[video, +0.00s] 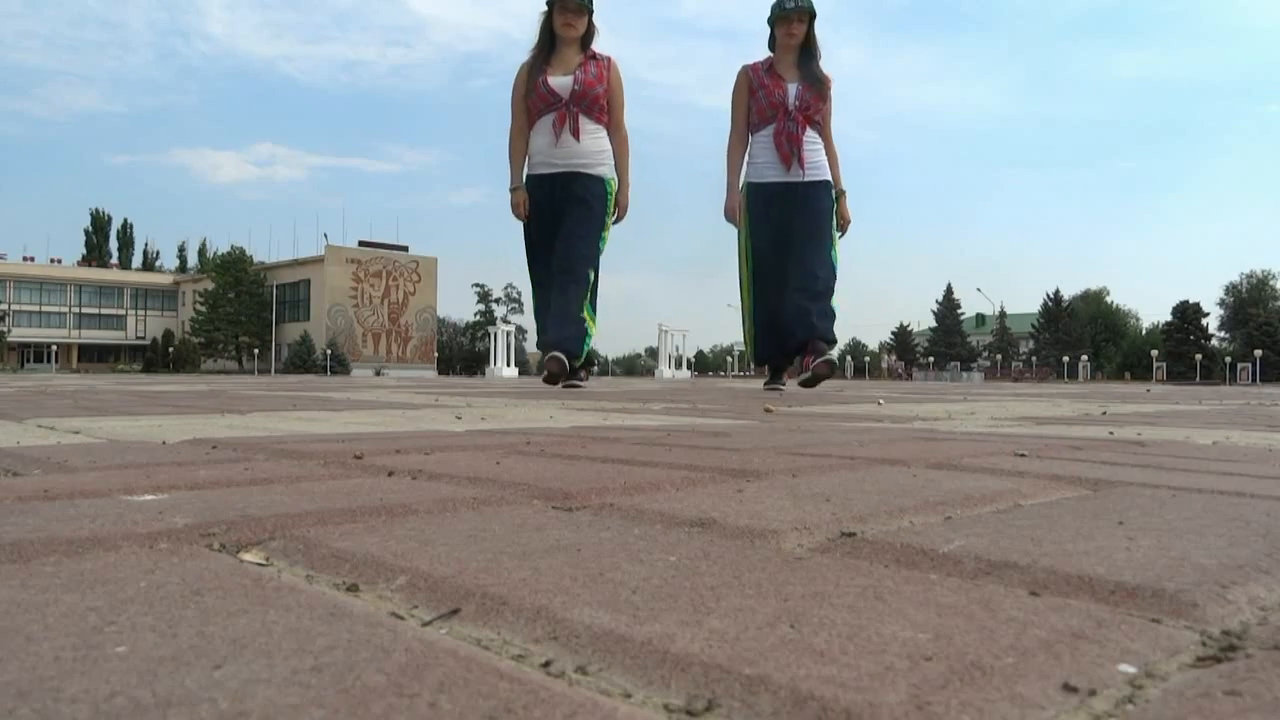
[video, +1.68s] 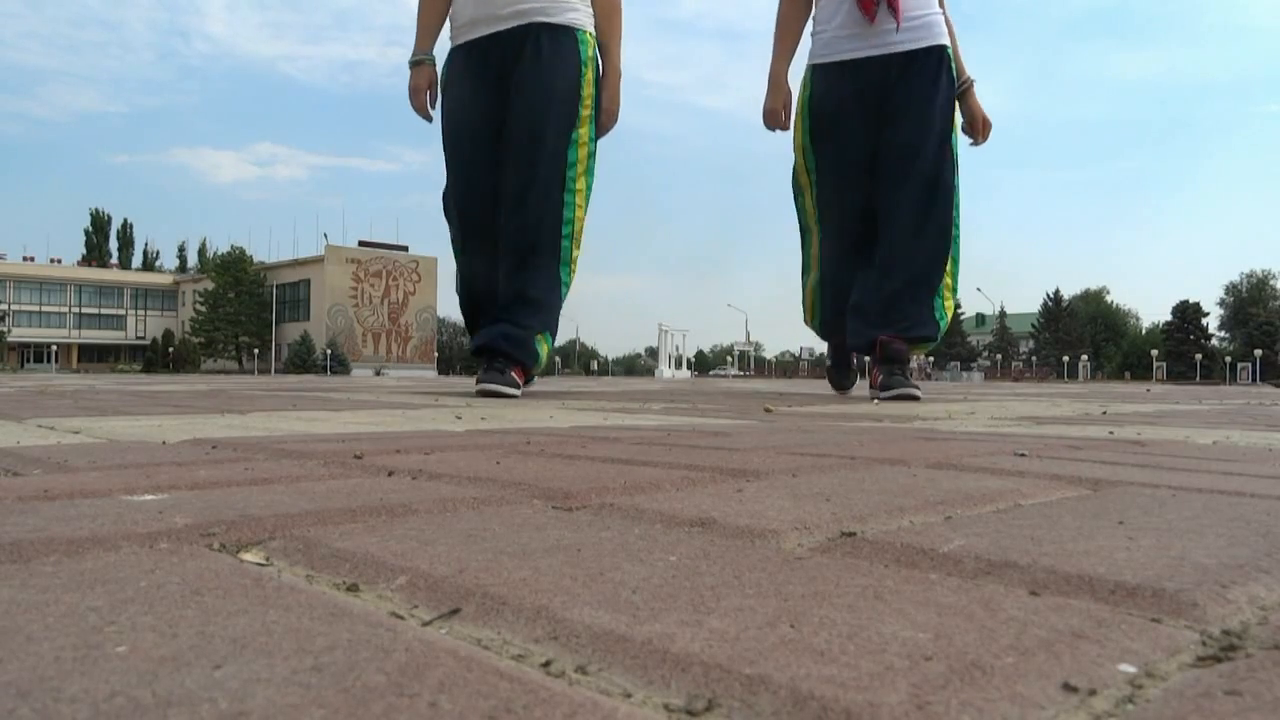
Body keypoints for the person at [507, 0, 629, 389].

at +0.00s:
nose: (570, 17)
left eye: (578, 11)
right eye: (562, 10)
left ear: (589, 19)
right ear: (550, 16)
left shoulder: (605, 67)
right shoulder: (530, 70)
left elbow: (617, 129)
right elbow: (519, 129)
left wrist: (623, 184)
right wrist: (516, 182)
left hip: (591, 178)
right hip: (541, 179)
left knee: (573, 261)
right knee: (545, 268)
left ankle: (558, 350)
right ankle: (573, 360)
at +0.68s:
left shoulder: (600, 17)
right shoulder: (513, 16)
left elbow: (610, 82)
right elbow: (496, 84)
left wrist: (602, 133)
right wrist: (482, 145)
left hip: (579, 147)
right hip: (521, 145)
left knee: (571, 250)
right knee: (525, 236)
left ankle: (553, 361)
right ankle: (524, 346)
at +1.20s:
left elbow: (613, 30)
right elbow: (471, 27)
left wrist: (628, 106)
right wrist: (460, 96)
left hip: (571, 95)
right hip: (501, 94)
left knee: (565, 213)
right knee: (510, 226)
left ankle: (574, 335)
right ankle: (534, 354)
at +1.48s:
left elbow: (602, 17)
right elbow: (456, 3)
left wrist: (607, 102)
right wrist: (447, 68)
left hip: (561, 68)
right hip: (485, 71)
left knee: (535, 206)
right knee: (493, 218)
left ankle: (516, 338)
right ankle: (540, 350)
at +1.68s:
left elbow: (604, 3)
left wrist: (611, 72)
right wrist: (422, 53)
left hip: (556, 30)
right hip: (471, 40)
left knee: (540, 195)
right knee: (470, 198)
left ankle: (514, 352)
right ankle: (493, 349)